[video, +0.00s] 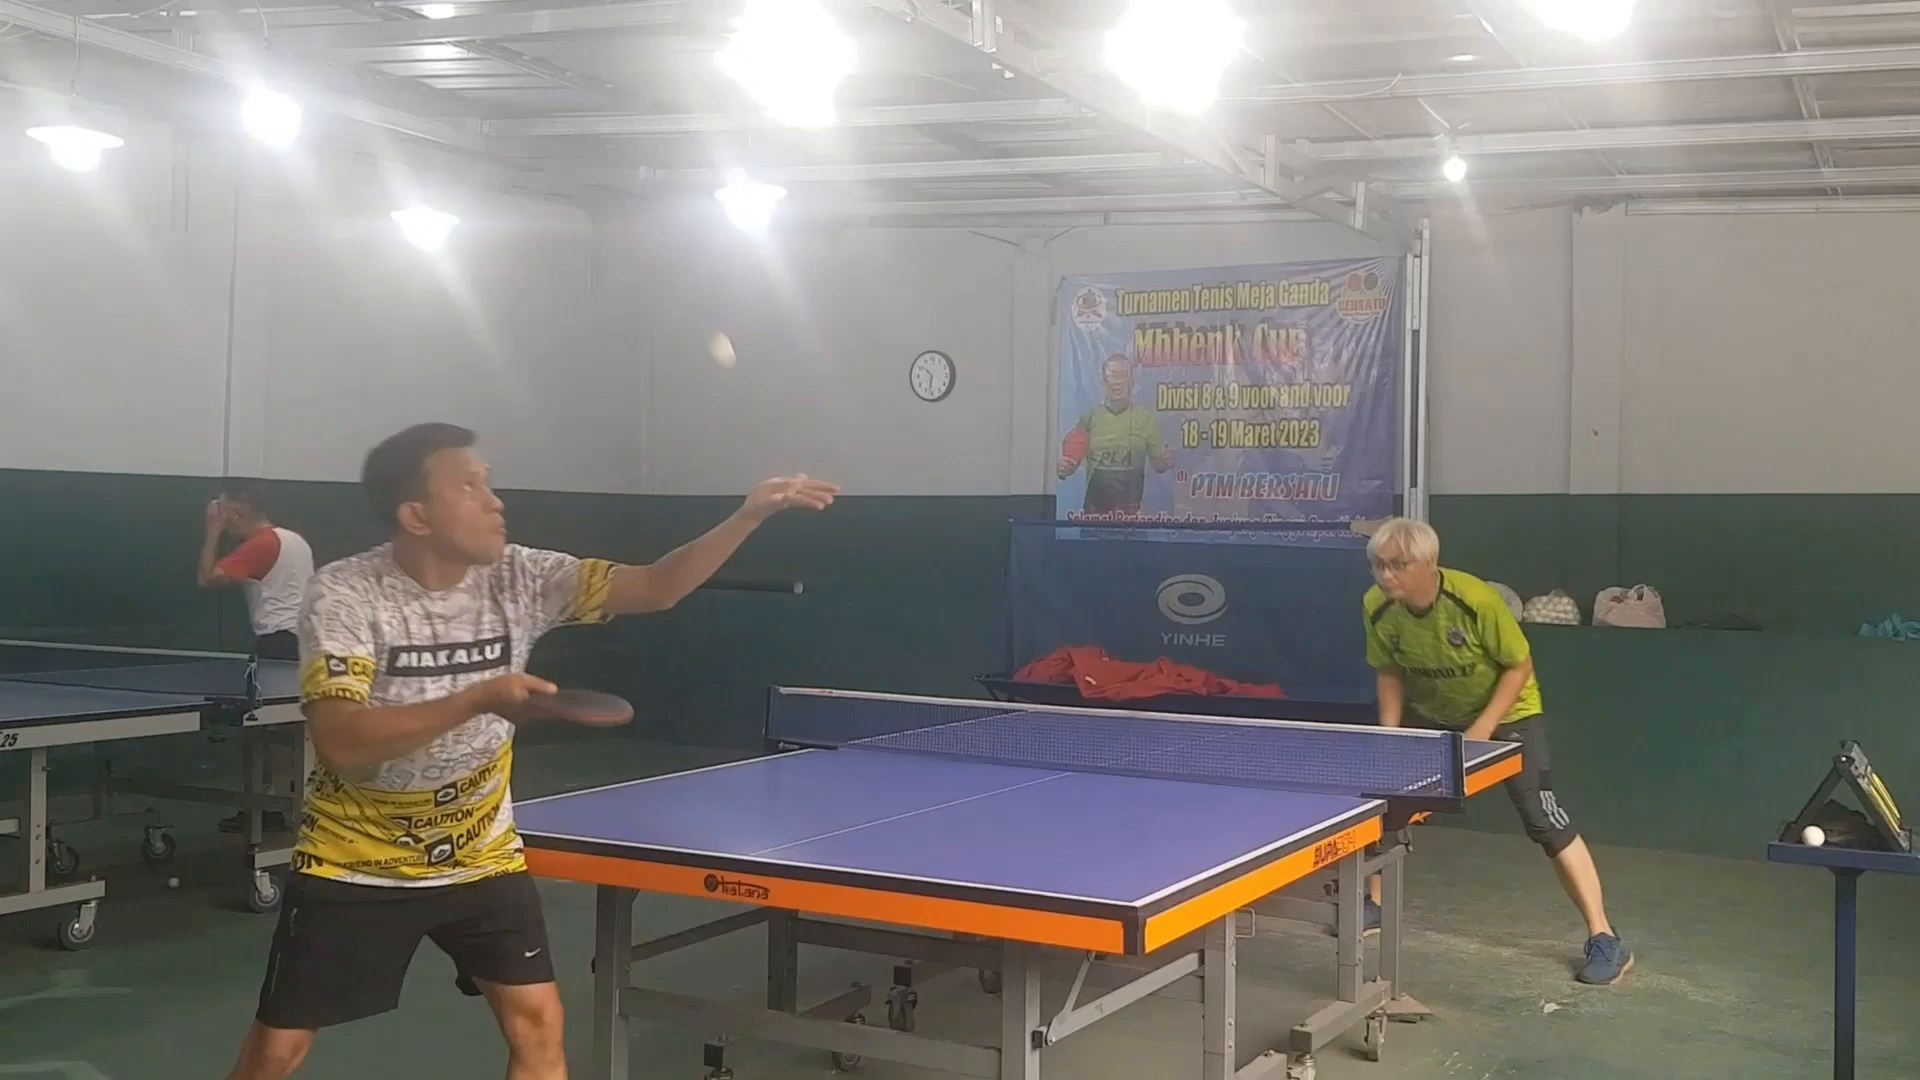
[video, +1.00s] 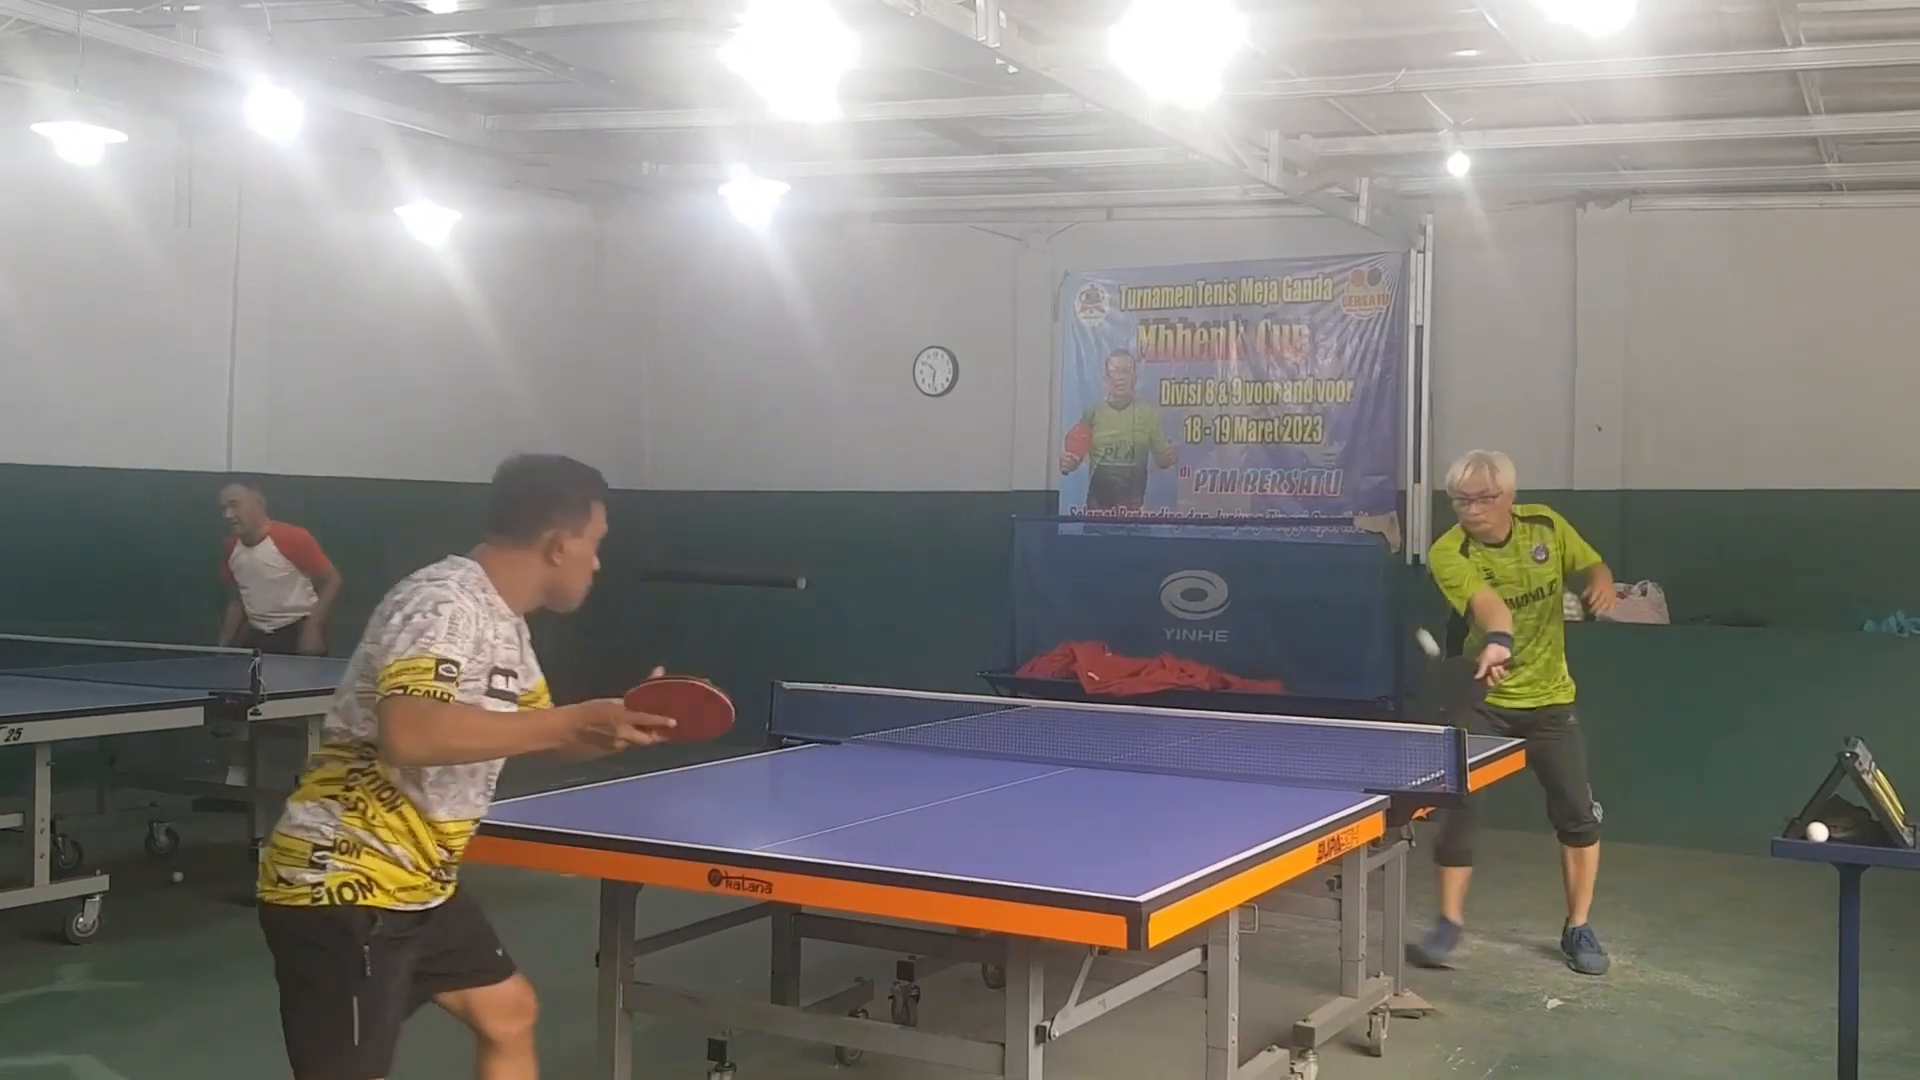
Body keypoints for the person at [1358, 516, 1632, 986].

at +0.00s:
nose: (1382, 576)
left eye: (1393, 566)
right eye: (1377, 566)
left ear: (1424, 565)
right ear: (1375, 568)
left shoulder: (1475, 600)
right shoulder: (1377, 607)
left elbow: (1520, 665)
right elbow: (1388, 675)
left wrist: (1485, 726)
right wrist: (1387, 741)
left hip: (1507, 713)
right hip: (1429, 718)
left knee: (1540, 812)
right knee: (1376, 804)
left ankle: (1603, 937)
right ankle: (1370, 903)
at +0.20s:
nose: (1375, 530)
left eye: (1386, 520)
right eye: (1370, 520)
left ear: (1416, 520)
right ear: (1365, 524)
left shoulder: (1464, 565)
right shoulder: (1358, 570)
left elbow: (1494, 633)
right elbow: (1351, 633)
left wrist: (1459, 691)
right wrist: (1339, 695)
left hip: (1472, 700)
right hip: (1395, 701)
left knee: (1504, 803)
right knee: (1365, 795)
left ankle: (1539, 915)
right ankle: (1371, 897)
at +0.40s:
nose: (1367, 520)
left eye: (1379, 511)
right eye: (1362, 511)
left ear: (1408, 513)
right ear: (1356, 515)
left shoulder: (1454, 559)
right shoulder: (1348, 562)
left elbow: (1483, 627)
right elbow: (1332, 624)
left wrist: (1441, 676)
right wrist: (1301, 667)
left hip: (1452, 703)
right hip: (1373, 699)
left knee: (1484, 806)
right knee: (1327, 785)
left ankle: (1505, 918)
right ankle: (1309, 892)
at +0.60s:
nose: (1348, 530)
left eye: (1358, 520)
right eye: (1343, 521)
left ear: (1388, 521)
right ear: (1340, 526)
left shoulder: (1436, 564)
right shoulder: (1336, 575)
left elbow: (1476, 632)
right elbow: (1325, 644)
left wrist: (1444, 676)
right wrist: (1293, 674)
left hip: (1447, 709)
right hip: (1371, 710)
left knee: (1495, 804)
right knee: (1314, 782)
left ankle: (1551, 918)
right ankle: (1312, 897)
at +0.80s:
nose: (1427, 531)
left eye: (1438, 520)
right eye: (1420, 521)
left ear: (1467, 516)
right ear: (1414, 522)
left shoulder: (1517, 554)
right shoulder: (1406, 573)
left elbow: (1556, 625)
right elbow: (1424, 648)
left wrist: (1522, 652)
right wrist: (1413, 670)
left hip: (1511, 710)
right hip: (1433, 710)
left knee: (1544, 824)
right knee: (1366, 793)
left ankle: (1577, 931)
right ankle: (1323, 887)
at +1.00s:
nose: (1471, 510)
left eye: (1483, 499)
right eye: (1461, 500)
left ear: (1510, 497)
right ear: (1453, 501)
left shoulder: (1545, 525)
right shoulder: (1447, 552)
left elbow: (1594, 569)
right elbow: (1483, 600)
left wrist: (1601, 588)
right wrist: (1499, 637)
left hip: (1549, 699)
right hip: (1481, 701)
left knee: (1577, 810)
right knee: (1456, 795)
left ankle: (1579, 927)